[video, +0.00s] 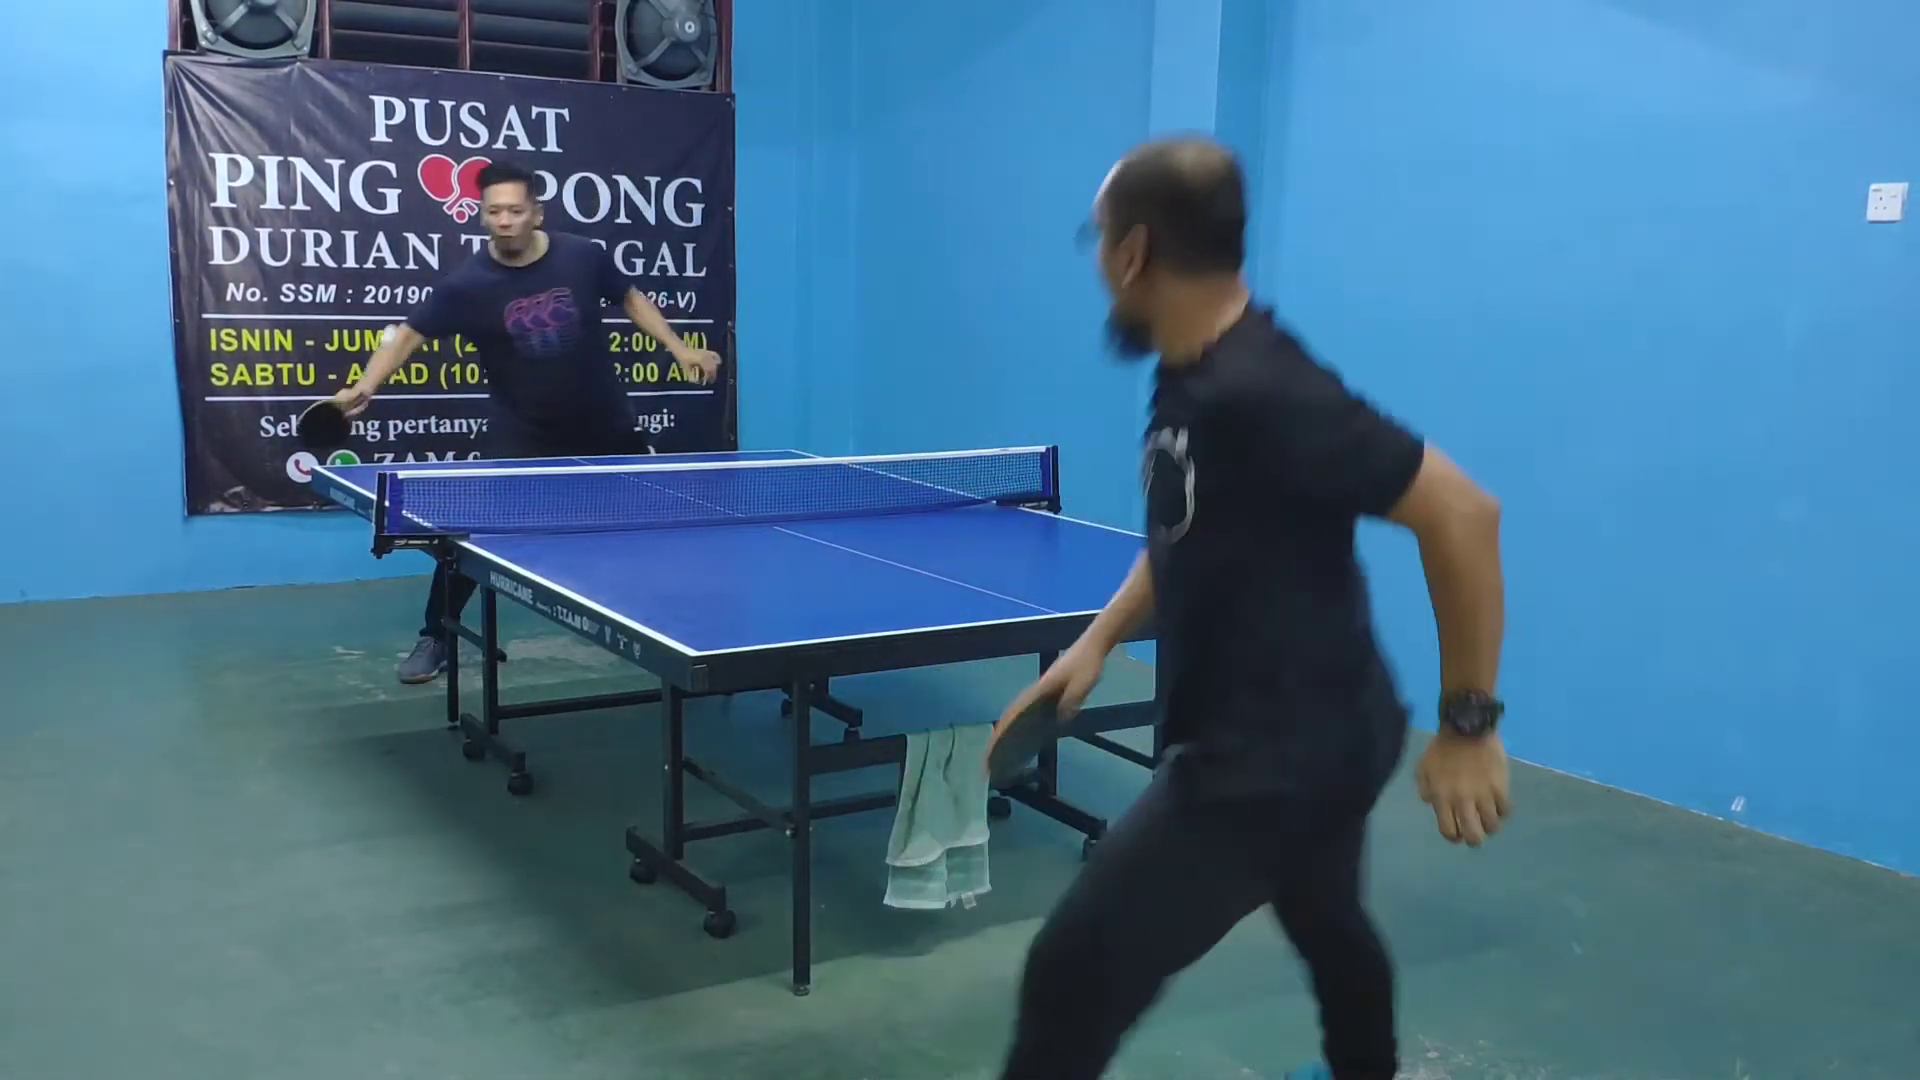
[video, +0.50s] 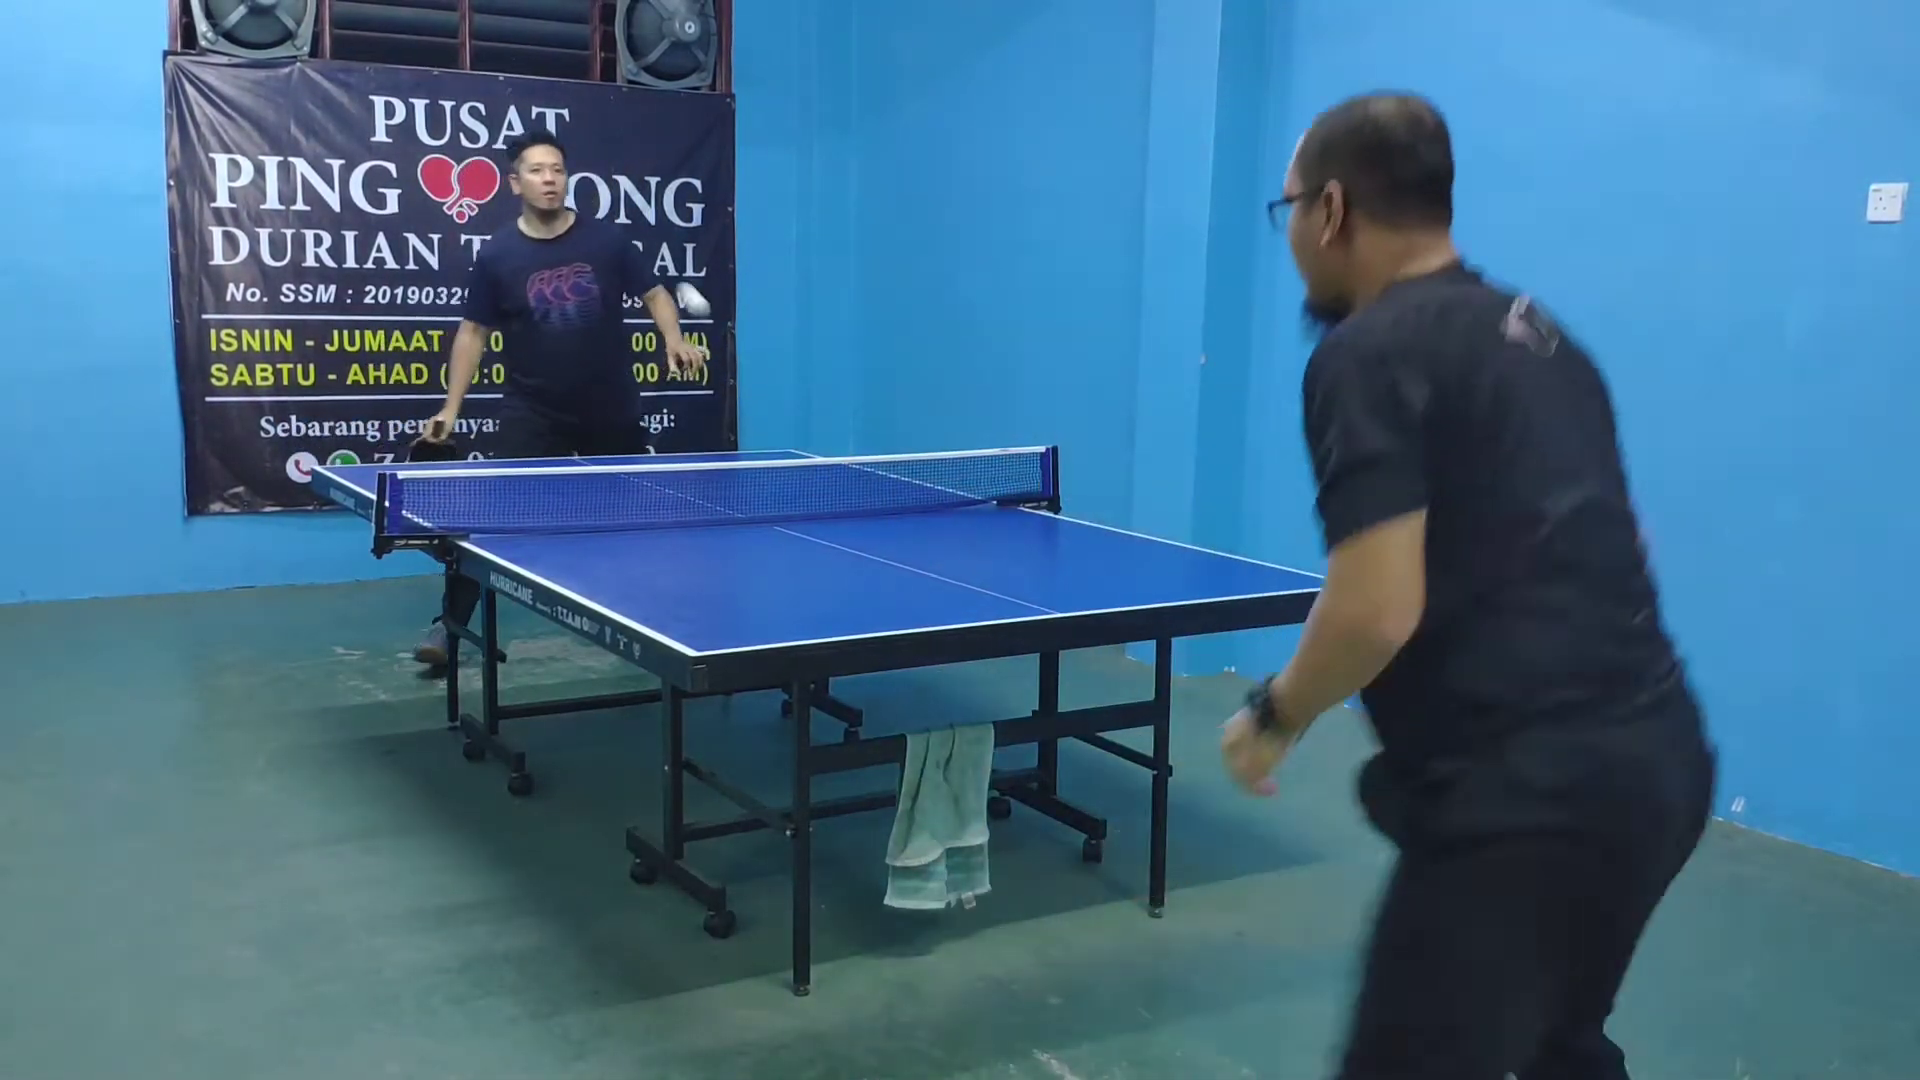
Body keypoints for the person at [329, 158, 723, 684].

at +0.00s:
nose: (505, 221)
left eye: (515, 210)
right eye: (495, 211)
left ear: (536, 210)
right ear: (483, 216)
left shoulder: (582, 257)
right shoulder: (467, 284)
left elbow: (630, 298)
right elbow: (408, 334)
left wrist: (681, 349)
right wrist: (365, 386)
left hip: (605, 427)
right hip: (521, 434)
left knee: (663, 522)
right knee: (471, 524)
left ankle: (695, 639)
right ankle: (436, 636)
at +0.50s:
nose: (549, 179)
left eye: (556, 169)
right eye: (536, 170)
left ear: (568, 178)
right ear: (515, 182)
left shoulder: (606, 239)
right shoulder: (498, 254)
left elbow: (654, 293)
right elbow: (472, 332)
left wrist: (674, 340)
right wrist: (450, 409)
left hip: (610, 408)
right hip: (534, 412)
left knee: (645, 511)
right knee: (491, 509)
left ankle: (674, 633)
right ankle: (448, 631)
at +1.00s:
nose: (562, 171)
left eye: (570, 161)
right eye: (550, 161)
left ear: (581, 169)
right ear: (529, 169)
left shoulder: (613, 236)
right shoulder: (500, 240)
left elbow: (645, 307)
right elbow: (472, 320)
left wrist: (668, 379)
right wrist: (459, 393)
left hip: (611, 403)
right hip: (532, 408)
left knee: (638, 510)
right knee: (512, 516)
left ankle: (649, 627)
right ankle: (495, 627)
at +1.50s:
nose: (609, 179)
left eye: (618, 170)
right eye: (597, 169)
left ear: (627, 179)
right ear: (576, 178)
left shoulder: (658, 240)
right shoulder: (555, 243)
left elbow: (687, 313)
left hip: (643, 397)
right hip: (575, 396)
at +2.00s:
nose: (620, 190)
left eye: (629, 181)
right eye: (609, 180)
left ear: (640, 186)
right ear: (588, 184)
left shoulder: (667, 248)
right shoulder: (556, 248)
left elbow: (694, 317)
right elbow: (517, 314)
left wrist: (680, 350)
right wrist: (526, 350)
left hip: (648, 413)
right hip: (572, 414)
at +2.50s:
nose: (692, 258)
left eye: (699, 247)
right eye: (682, 246)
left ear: (706, 247)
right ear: (652, 243)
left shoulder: (692, 280)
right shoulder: (628, 305)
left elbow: (715, 329)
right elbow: (686, 387)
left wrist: (757, 381)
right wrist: (742, 405)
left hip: (653, 426)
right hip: (586, 429)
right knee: (533, 525)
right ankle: (499, 632)